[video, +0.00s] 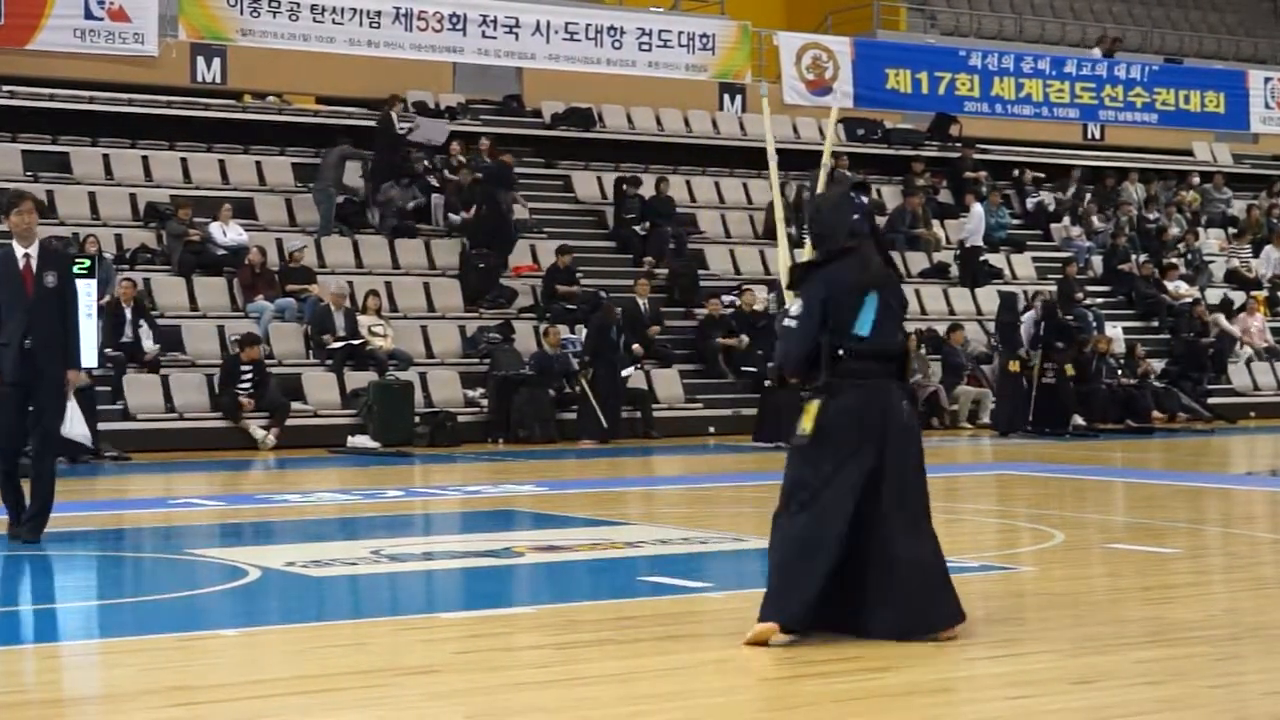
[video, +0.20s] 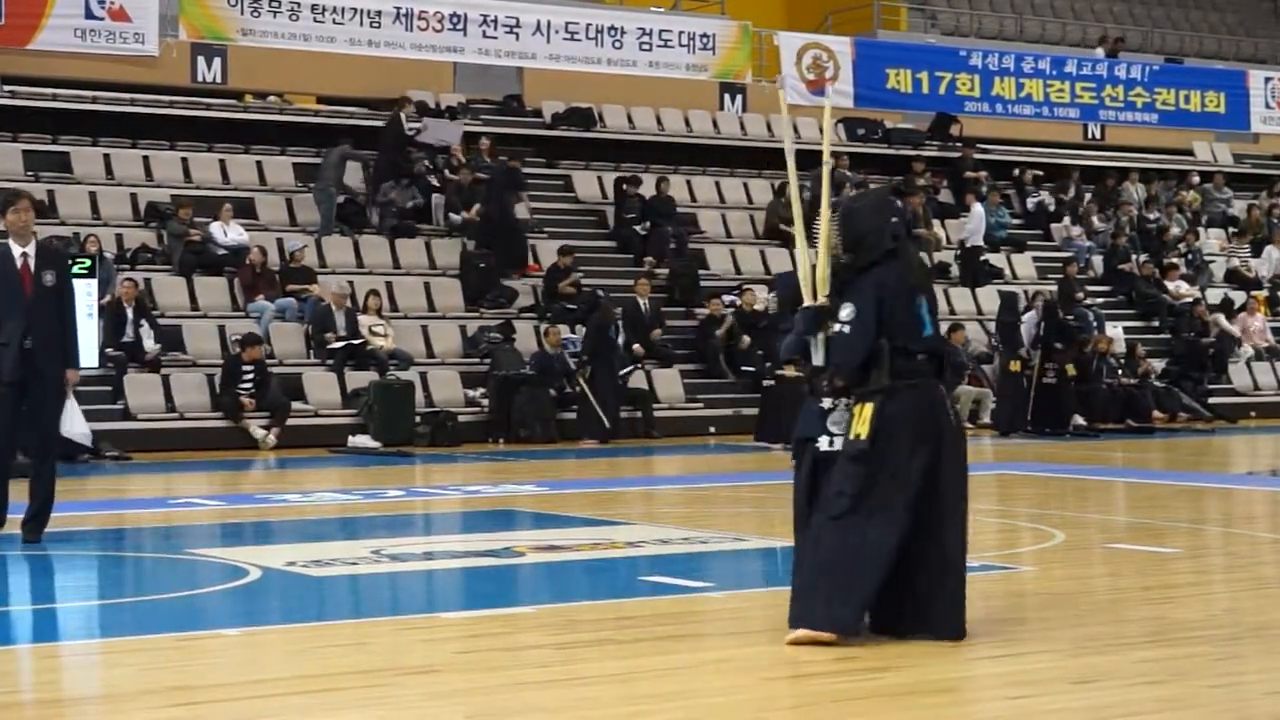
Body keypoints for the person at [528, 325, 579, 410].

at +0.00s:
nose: (558, 337)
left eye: (559, 334)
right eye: (554, 335)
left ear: (561, 335)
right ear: (546, 338)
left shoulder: (564, 356)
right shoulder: (536, 357)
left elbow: (571, 374)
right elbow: (533, 379)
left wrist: (575, 386)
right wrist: (546, 390)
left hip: (563, 392)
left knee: (584, 397)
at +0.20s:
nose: (558, 338)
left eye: (559, 334)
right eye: (554, 335)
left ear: (561, 335)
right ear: (546, 338)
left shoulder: (562, 355)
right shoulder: (537, 357)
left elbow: (571, 372)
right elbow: (533, 379)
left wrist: (574, 386)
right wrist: (547, 390)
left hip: (563, 392)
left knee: (584, 397)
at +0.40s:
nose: (557, 338)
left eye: (558, 335)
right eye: (553, 335)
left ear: (561, 337)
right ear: (546, 338)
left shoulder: (563, 355)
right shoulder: (537, 357)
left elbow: (571, 372)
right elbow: (534, 380)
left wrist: (573, 386)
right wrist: (547, 390)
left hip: (563, 392)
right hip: (544, 395)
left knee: (582, 396)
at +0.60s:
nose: (554, 339)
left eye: (556, 335)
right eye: (551, 336)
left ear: (560, 337)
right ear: (545, 338)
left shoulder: (565, 354)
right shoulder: (537, 357)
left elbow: (572, 372)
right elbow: (535, 379)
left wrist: (576, 386)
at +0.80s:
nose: (553, 339)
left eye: (556, 335)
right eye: (550, 335)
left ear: (561, 337)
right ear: (546, 338)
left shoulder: (566, 355)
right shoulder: (537, 356)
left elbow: (571, 375)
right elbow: (534, 379)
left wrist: (577, 389)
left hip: (563, 392)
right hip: (544, 394)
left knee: (580, 398)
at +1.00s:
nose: (554, 338)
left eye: (556, 334)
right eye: (550, 335)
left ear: (559, 336)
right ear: (545, 339)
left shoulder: (565, 354)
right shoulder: (537, 357)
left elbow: (570, 372)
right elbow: (536, 378)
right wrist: (548, 389)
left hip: (563, 391)